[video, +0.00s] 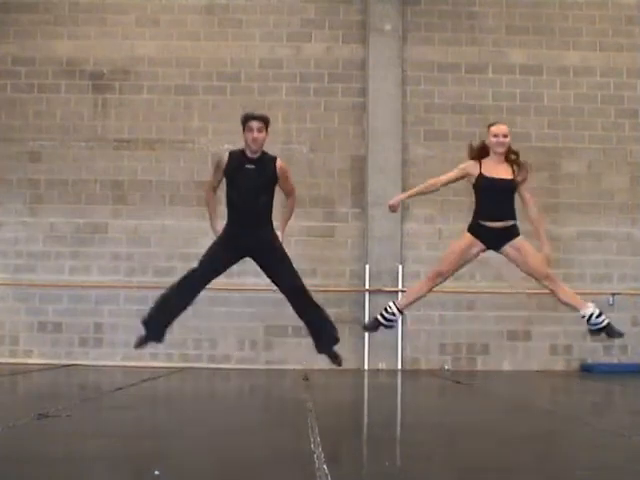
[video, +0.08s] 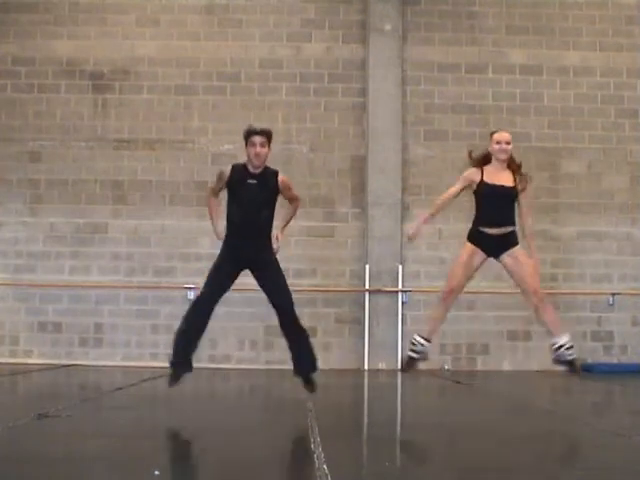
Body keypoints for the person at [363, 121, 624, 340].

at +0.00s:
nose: (502, 140)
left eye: (505, 136)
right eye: (496, 136)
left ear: (510, 141)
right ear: (487, 140)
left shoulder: (516, 171)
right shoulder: (474, 166)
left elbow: (531, 206)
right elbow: (438, 183)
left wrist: (543, 242)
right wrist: (404, 196)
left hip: (509, 237)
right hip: (477, 235)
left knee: (548, 277)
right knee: (437, 275)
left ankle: (593, 316)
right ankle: (392, 314)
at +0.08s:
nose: (503, 147)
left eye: (507, 143)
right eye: (498, 143)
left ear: (512, 147)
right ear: (490, 146)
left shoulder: (519, 179)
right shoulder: (475, 174)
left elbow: (525, 219)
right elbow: (445, 199)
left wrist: (532, 253)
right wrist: (419, 223)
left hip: (508, 242)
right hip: (478, 241)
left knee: (536, 294)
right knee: (449, 292)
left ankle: (563, 345)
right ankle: (421, 343)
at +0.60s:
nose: (493, 185)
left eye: (497, 181)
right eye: (488, 181)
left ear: (503, 185)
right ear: (481, 185)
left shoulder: (514, 208)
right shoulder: (470, 210)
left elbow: (546, 222)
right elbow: (435, 203)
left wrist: (569, 252)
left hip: (506, 277)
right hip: (477, 277)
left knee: (519, 337)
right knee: (464, 336)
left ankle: (542, 384)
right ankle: (432, 384)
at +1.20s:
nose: (504, 201)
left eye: (507, 197)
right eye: (499, 197)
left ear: (512, 199)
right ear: (489, 200)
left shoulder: (519, 230)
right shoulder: (478, 221)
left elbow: (554, 234)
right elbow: (439, 229)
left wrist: (546, 208)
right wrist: (409, 239)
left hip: (509, 290)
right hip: (480, 289)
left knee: (531, 345)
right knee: (453, 341)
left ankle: (533, 391)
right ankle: (423, 390)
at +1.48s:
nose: (495, 214)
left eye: (499, 209)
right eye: (496, 209)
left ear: (514, 211)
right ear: (510, 212)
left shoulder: (514, 235)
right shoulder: (504, 234)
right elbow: (473, 245)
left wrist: (471, 212)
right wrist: (456, 243)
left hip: (501, 295)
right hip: (482, 293)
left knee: (512, 358)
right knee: (453, 343)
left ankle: (536, 390)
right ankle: (423, 391)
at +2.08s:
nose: (419, 196)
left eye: (424, 193)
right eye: (419, 191)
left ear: (437, 196)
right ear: (418, 192)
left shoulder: (444, 223)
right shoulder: (408, 215)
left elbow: (430, 255)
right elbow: (406, 252)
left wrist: (416, 287)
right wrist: (430, 276)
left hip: (439, 278)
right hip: (415, 277)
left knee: (437, 345)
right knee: (402, 335)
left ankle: (425, 372)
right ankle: (418, 386)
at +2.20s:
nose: (430, 197)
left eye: (436, 195)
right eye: (428, 192)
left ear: (441, 196)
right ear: (421, 185)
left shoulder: (443, 214)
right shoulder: (402, 204)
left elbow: (457, 255)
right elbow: (395, 242)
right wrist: (419, 270)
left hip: (426, 271)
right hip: (399, 267)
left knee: (420, 330)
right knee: (394, 323)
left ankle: (400, 375)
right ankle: (400, 375)